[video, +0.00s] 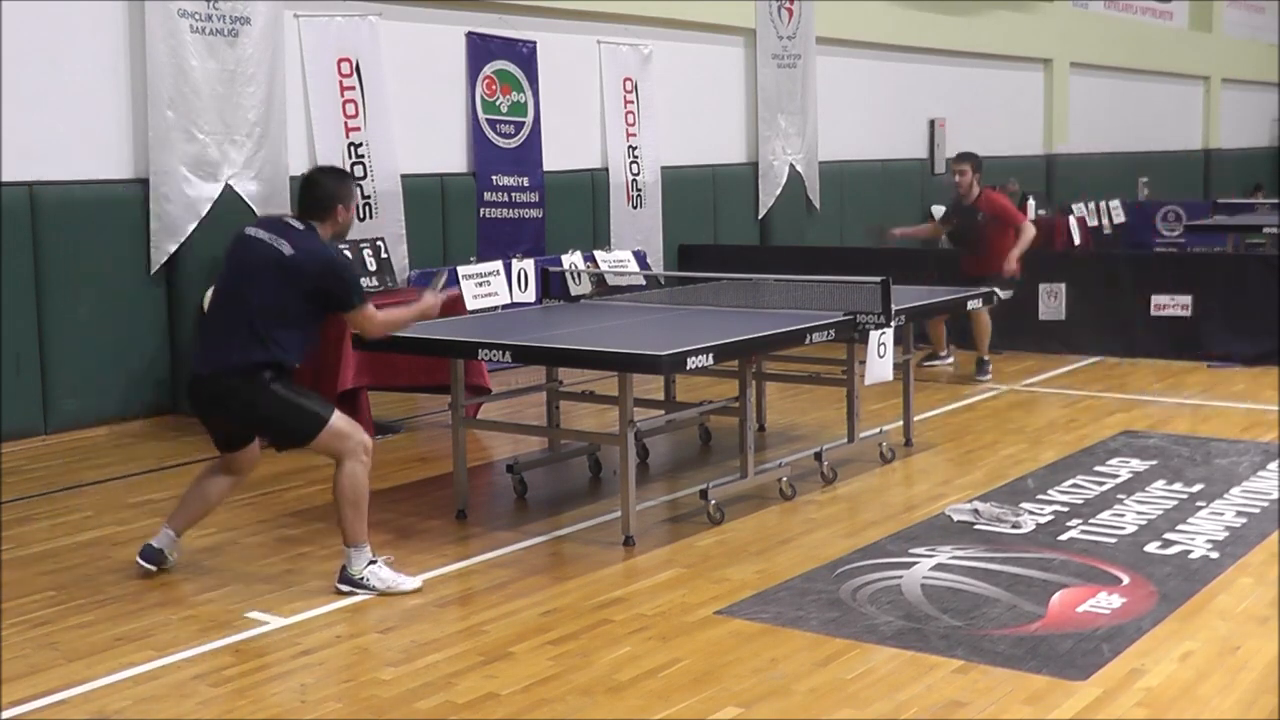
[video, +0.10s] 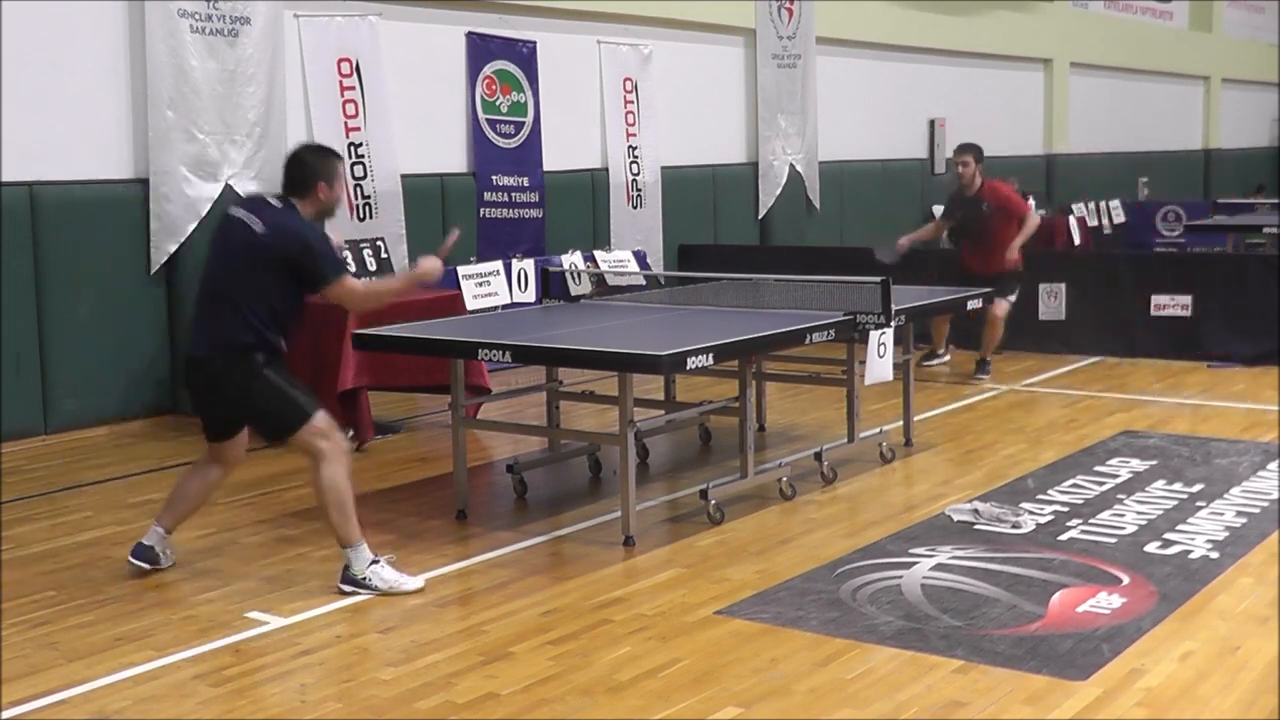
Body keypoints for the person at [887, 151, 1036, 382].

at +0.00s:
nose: (956, 179)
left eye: (962, 174)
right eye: (954, 174)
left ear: (976, 175)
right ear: (951, 175)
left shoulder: (994, 201)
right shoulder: (957, 205)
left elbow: (1029, 229)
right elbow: (936, 229)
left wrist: (1013, 256)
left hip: (997, 275)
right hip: (966, 275)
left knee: (977, 306)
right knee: (934, 309)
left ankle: (983, 360)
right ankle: (941, 353)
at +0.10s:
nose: (959, 170)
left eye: (964, 165)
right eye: (956, 165)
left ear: (978, 166)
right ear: (954, 166)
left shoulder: (998, 192)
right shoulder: (957, 197)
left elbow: (1033, 218)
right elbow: (939, 226)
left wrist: (1015, 245)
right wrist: (910, 239)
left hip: (1004, 271)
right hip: (970, 270)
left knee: (995, 314)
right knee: (938, 305)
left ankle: (984, 360)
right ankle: (939, 351)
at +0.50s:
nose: (1043, 168)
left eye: (1048, 163)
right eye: (1039, 163)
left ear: (1060, 164)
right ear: (1033, 165)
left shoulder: (1074, 186)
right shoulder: (1024, 196)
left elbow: (1088, 208)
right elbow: (1012, 244)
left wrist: (1093, 240)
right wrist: (1028, 272)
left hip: (1069, 263)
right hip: (1031, 267)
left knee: (1102, 307)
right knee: (1001, 323)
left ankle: (1117, 367)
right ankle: (967, 353)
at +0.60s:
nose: (1078, 183)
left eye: (1084, 177)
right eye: (1074, 177)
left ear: (1094, 179)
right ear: (1067, 179)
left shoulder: (1102, 197)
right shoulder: (1058, 206)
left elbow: (1114, 219)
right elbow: (1053, 256)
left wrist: (1124, 248)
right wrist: (1073, 289)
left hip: (1084, 265)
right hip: (1050, 266)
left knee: (1118, 307)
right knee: (1039, 316)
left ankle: (1119, 367)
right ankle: (1029, 363)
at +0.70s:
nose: (1097, 200)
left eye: (1102, 194)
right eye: (1091, 194)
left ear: (1112, 195)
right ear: (1083, 195)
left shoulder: (1116, 210)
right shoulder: (1073, 221)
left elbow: (1123, 228)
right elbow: (1076, 273)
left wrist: (1136, 255)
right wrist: (1097, 305)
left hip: (1089, 265)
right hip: (1053, 265)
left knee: (1127, 307)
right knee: (1065, 303)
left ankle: (1121, 367)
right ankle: (1068, 373)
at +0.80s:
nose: (1121, 224)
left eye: (1127, 218)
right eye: (1116, 217)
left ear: (1135, 220)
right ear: (1106, 217)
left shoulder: (1129, 228)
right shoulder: (1094, 241)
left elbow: (1125, 242)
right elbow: (1100, 294)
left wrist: (1131, 256)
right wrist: (1126, 330)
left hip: (1091, 279)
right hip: (1058, 281)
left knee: (1141, 311)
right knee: (1088, 310)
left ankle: (1122, 369)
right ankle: (1100, 382)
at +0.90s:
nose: (1134, 234)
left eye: (1139, 227)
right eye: (1128, 227)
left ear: (1145, 228)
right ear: (1116, 225)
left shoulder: (1127, 243)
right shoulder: (1102, 249)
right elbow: (1106, 303)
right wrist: (1132, 336)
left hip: (1093, 283)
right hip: (1060, 285)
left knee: (1144, 315)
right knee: (1099, 311)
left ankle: (1122, 369)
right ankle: (1103, 382)